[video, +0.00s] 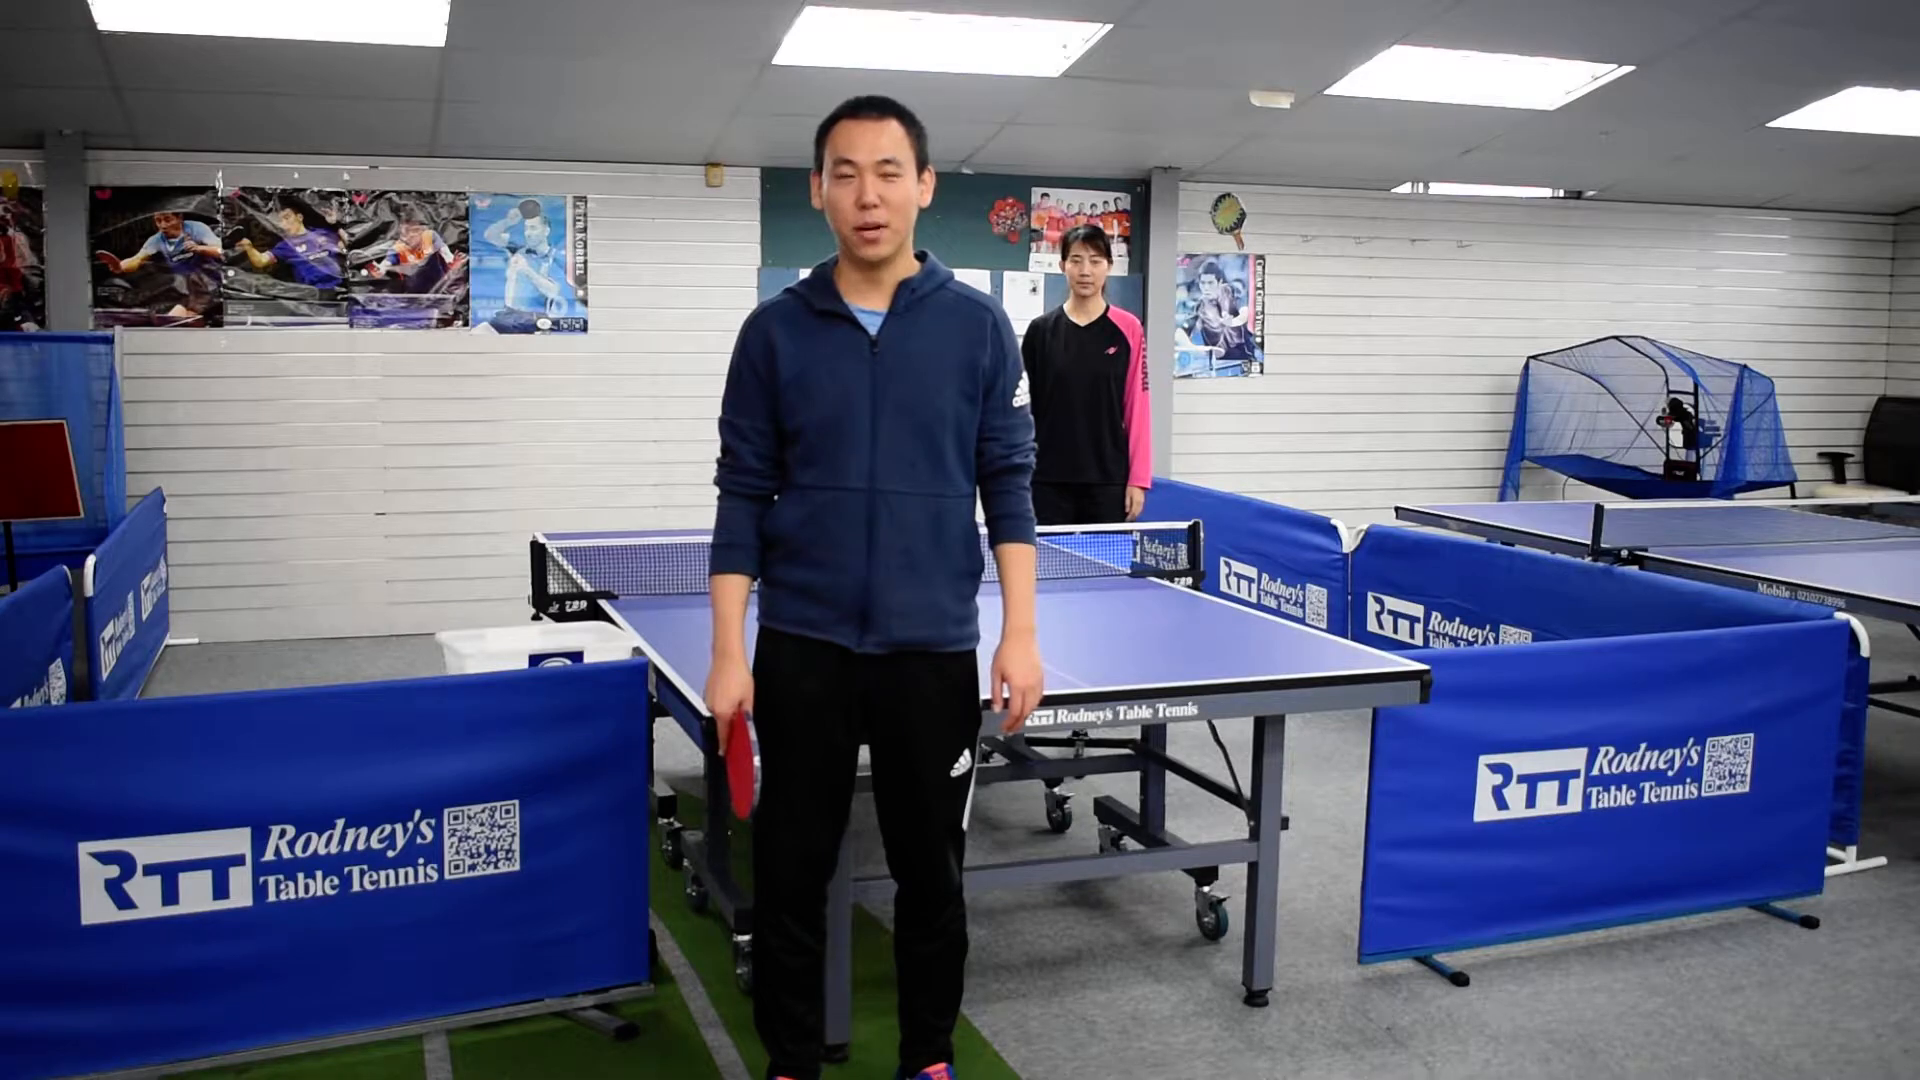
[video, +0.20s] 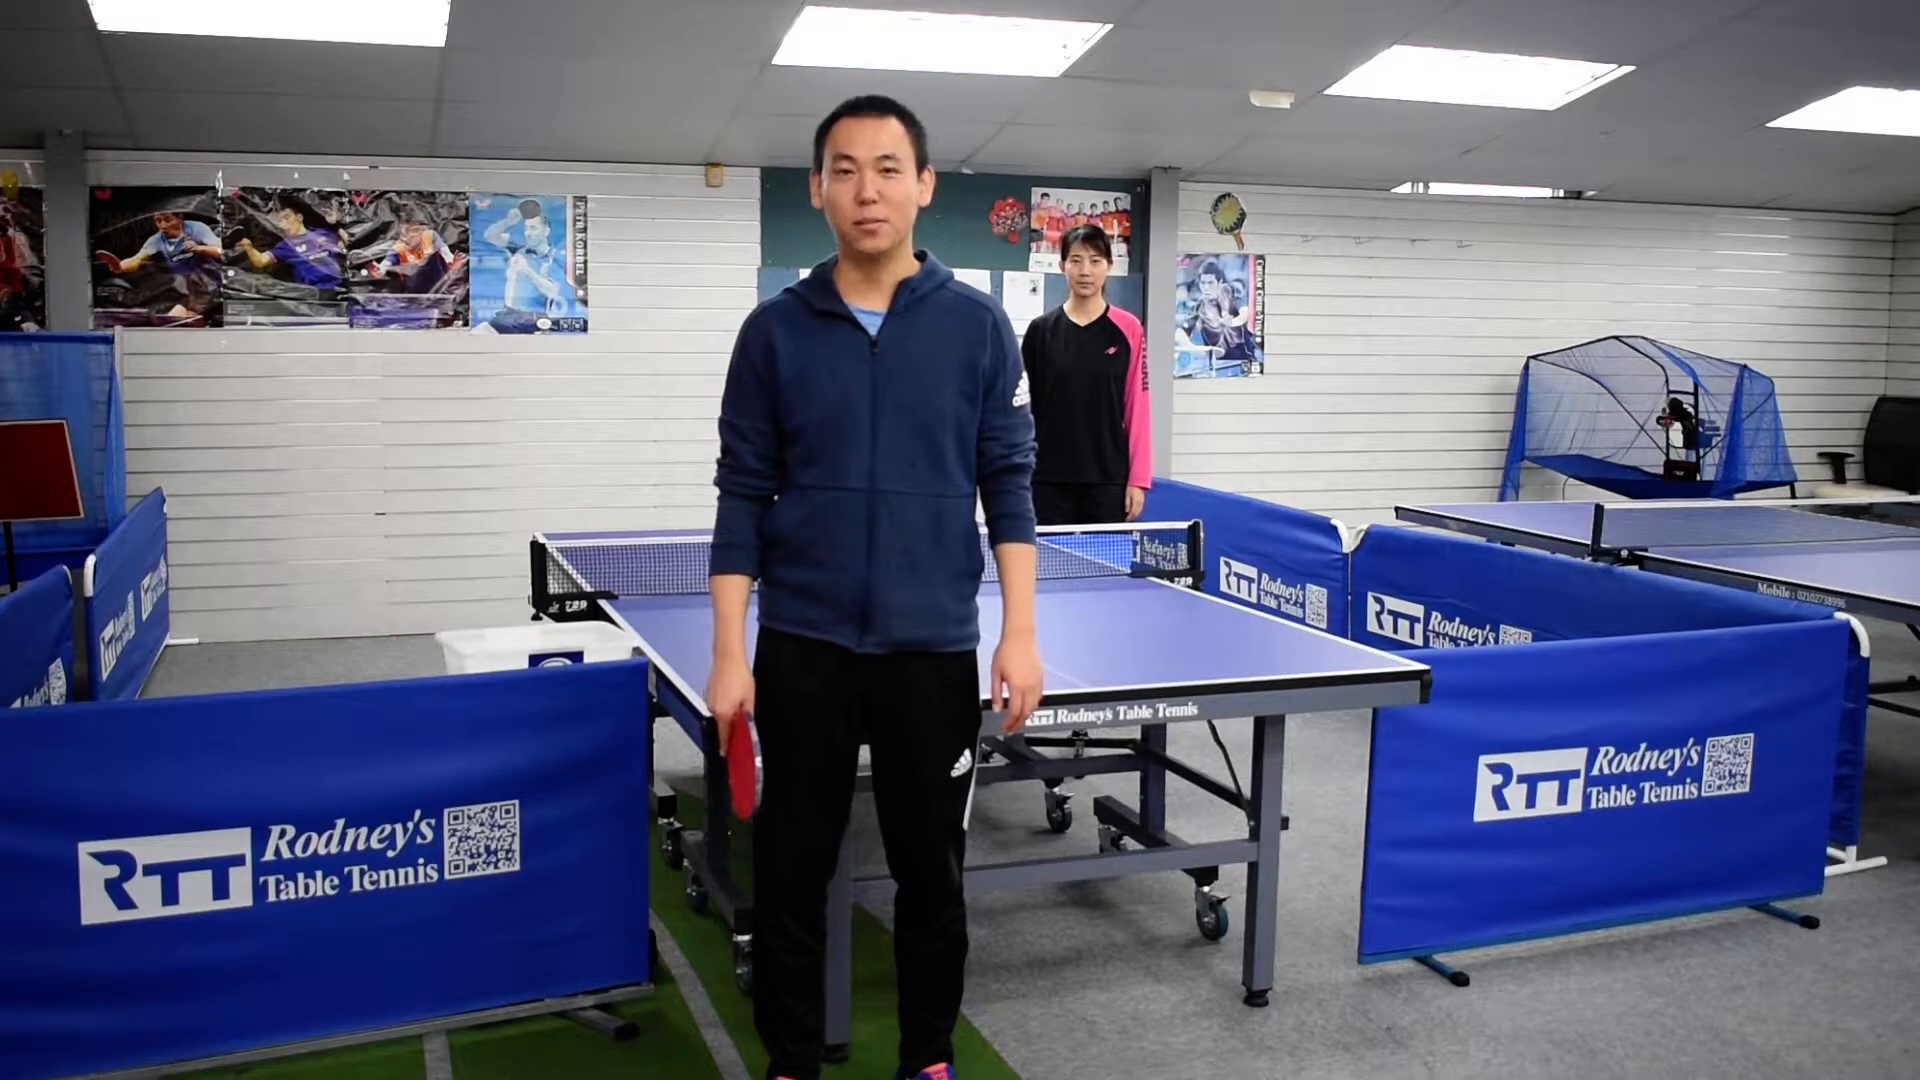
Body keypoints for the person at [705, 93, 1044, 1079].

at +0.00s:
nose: (867, 193)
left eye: (888, 172)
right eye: (846, 174)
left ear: (923, 189)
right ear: (820, 194)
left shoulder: (977, 326)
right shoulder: (775, 330)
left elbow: (1009, 483)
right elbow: (740, 491)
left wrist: (1020, 632)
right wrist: (728, 651)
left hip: (931, 644)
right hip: (804, 642)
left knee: (930, 871)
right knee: (789, 874)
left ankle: (929, 1061)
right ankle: (791, 1061)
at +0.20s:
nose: (866, 189)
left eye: (888, 169)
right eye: (845, 170)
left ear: (922, 189)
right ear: (819, 192)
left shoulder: (976, 326)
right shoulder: (775, 330)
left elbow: (1010, 482)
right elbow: (740, 491)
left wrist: (1020, 632)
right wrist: (729, 652)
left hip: (931, 643)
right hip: (804, 642)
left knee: (930, 871)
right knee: (789, 873)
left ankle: (929, 1060)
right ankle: (791, 1061)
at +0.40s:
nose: (866, 186)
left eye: (888, 166)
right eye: (844, 167)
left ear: (922, 189)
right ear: (819, 192)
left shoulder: (977, 325)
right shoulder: (775, 329)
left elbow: (1010, 483)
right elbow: (740, 491)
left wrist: (1020, 632)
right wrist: (729, 652)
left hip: (932, 643)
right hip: (804, 642)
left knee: (930, 872)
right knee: (789, 874)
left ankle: (929, 1061)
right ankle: (791, 1062)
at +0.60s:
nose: (867, 185)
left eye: (889, 166)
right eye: (846, 167)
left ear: (924, 188)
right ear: (821, 190)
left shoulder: (978, 326)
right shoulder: (775, 328)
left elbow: (1012, 482)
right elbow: (740, 489)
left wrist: (1025, 630)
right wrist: (727, 648)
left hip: (932, 645)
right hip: (804, 643)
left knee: (931, 872)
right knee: (789, 874)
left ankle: (930, 1060)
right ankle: (790, 1061)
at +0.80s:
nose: (868, 187)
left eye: (891, 168)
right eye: (847, 168)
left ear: (925, 189)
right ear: (823, 190)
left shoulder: (978, 326)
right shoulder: (777, 329)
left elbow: (1012, 485)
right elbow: (740, 490)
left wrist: (1023, 632)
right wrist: (727, 649)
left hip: (932, 645)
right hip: (804, 643)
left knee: (931, 873)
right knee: (789, 874)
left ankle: (930, 1060)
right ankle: (791, 1061)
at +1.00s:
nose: (870, 187)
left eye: (892, 167)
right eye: (849, 168)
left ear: (926, 189)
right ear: (823, 190)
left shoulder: (979, 326)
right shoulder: (777, 329)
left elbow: (1011, 486)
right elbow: (741, 491)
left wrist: (1021, 634)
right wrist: (729, 650)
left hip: (933, 644)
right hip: (805, 643)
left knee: (931, 872)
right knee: (790, 874)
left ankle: (930, 1061)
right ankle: (791, 1061)